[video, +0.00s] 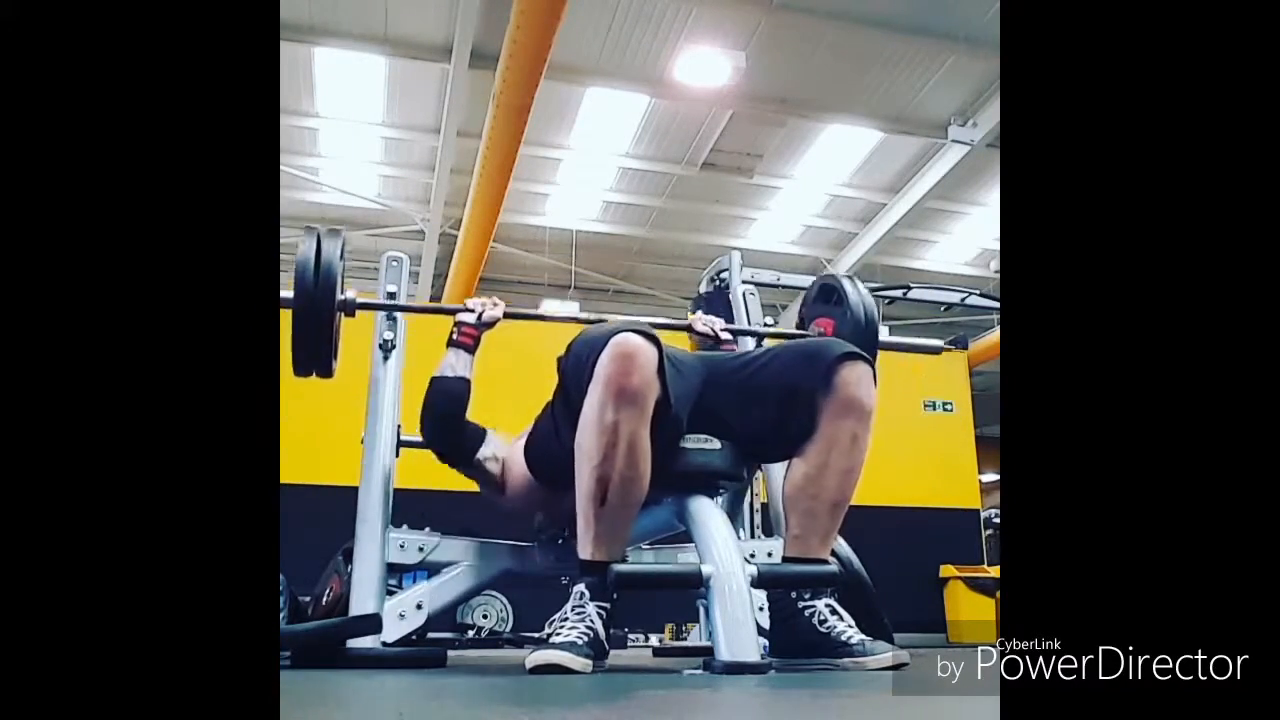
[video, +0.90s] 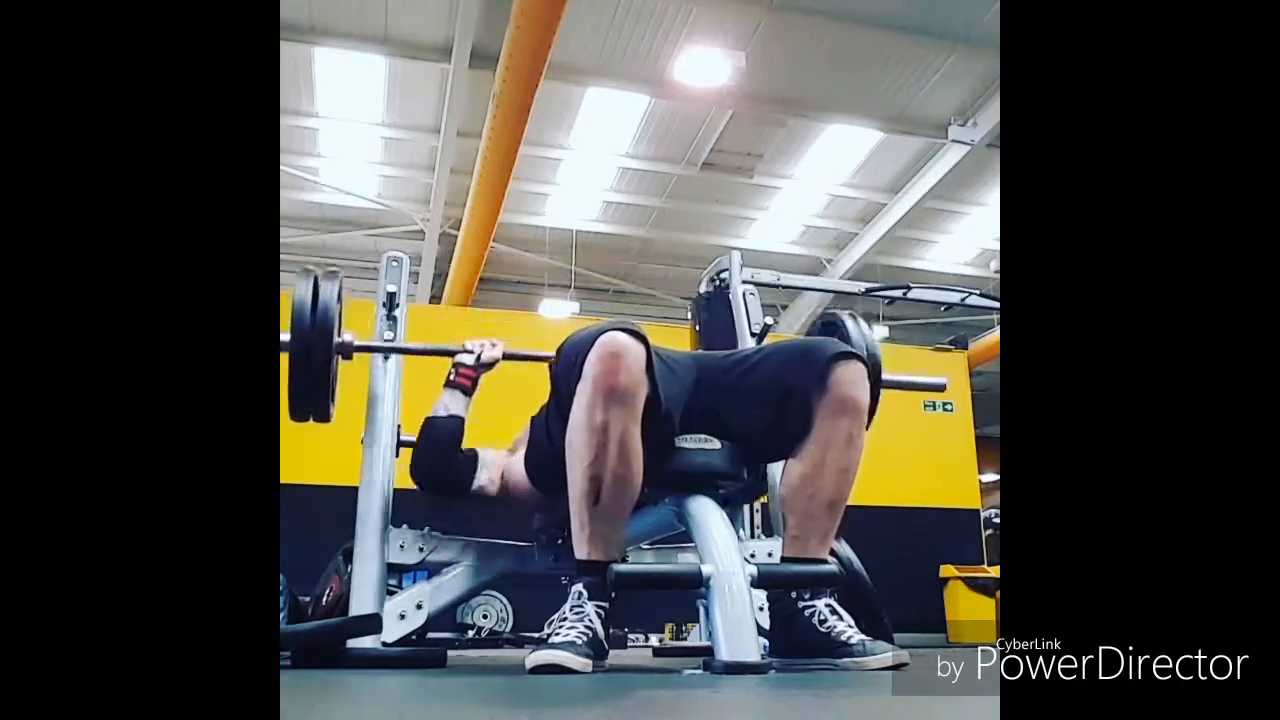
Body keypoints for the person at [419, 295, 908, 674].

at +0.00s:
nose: (503, 485)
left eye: (502, 483)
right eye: (498, 484)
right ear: (501, 475)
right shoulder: (512, 462)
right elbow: (443, 425)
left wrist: (729, 352)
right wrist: (465, 338)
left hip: (704, 386)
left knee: (851, 378)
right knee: (630, 357)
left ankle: (798, 608)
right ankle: (587, 607)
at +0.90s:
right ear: (498, 477)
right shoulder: (515, 475)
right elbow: (434, 470)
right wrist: (461, 381)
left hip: (709, 375)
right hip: (631, 360)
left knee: (844, 374)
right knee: (615, 356)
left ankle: (800, 604)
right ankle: (587, 603)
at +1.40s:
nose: (499, 480)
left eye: (497, 479)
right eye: (494, 483)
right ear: (504, 480)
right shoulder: (518, 464)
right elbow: (441, 436)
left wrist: (722, 352)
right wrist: (465, 347)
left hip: (709, 383)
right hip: (633, 369)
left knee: (849, 376)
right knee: (621, 354)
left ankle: (799, 607)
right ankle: (587, 606)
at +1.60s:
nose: (495, 450)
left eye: (497, 452)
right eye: (492, 456)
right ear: (497, 470)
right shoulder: (516, 470)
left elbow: (734, 404)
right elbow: (448, 400)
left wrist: (721, 338)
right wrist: (463, 309)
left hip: (697, 389)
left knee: (848, 377)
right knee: (625, 355)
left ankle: (800, 606)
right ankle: (585, 606)